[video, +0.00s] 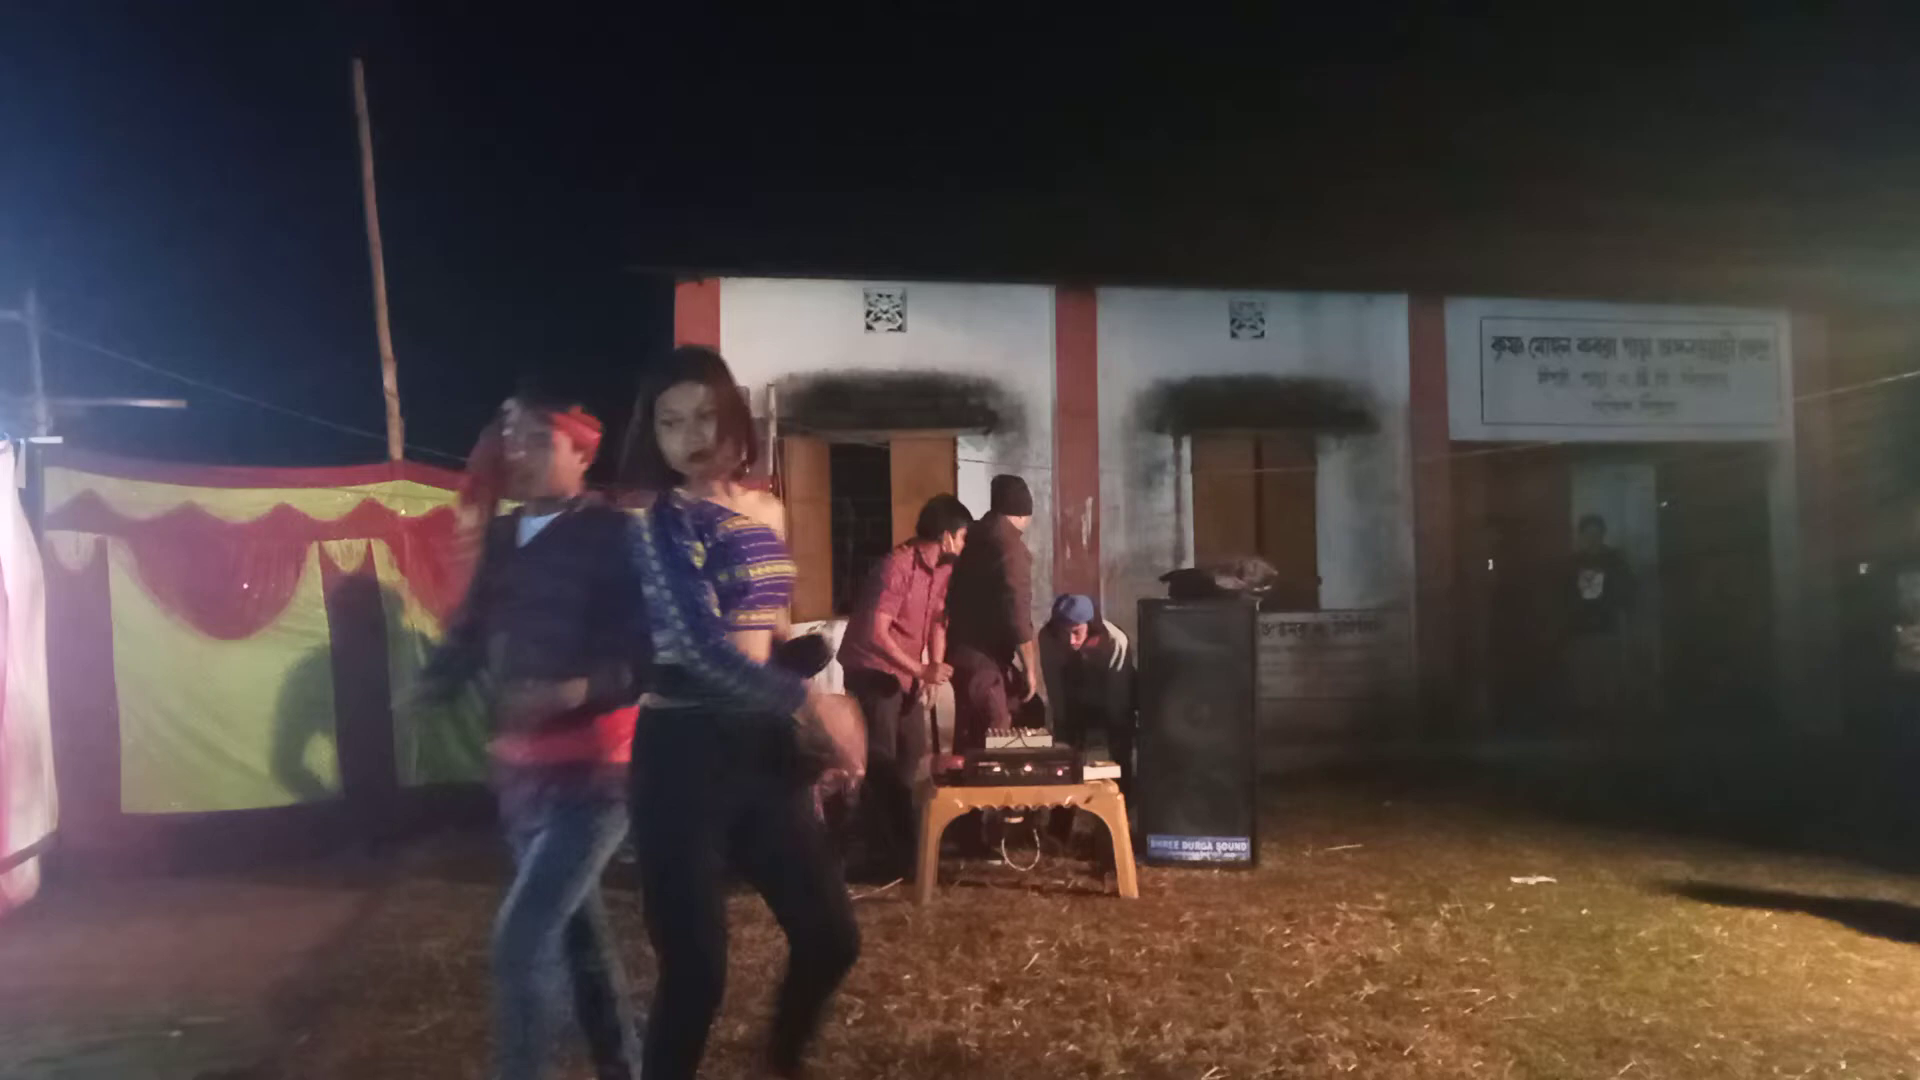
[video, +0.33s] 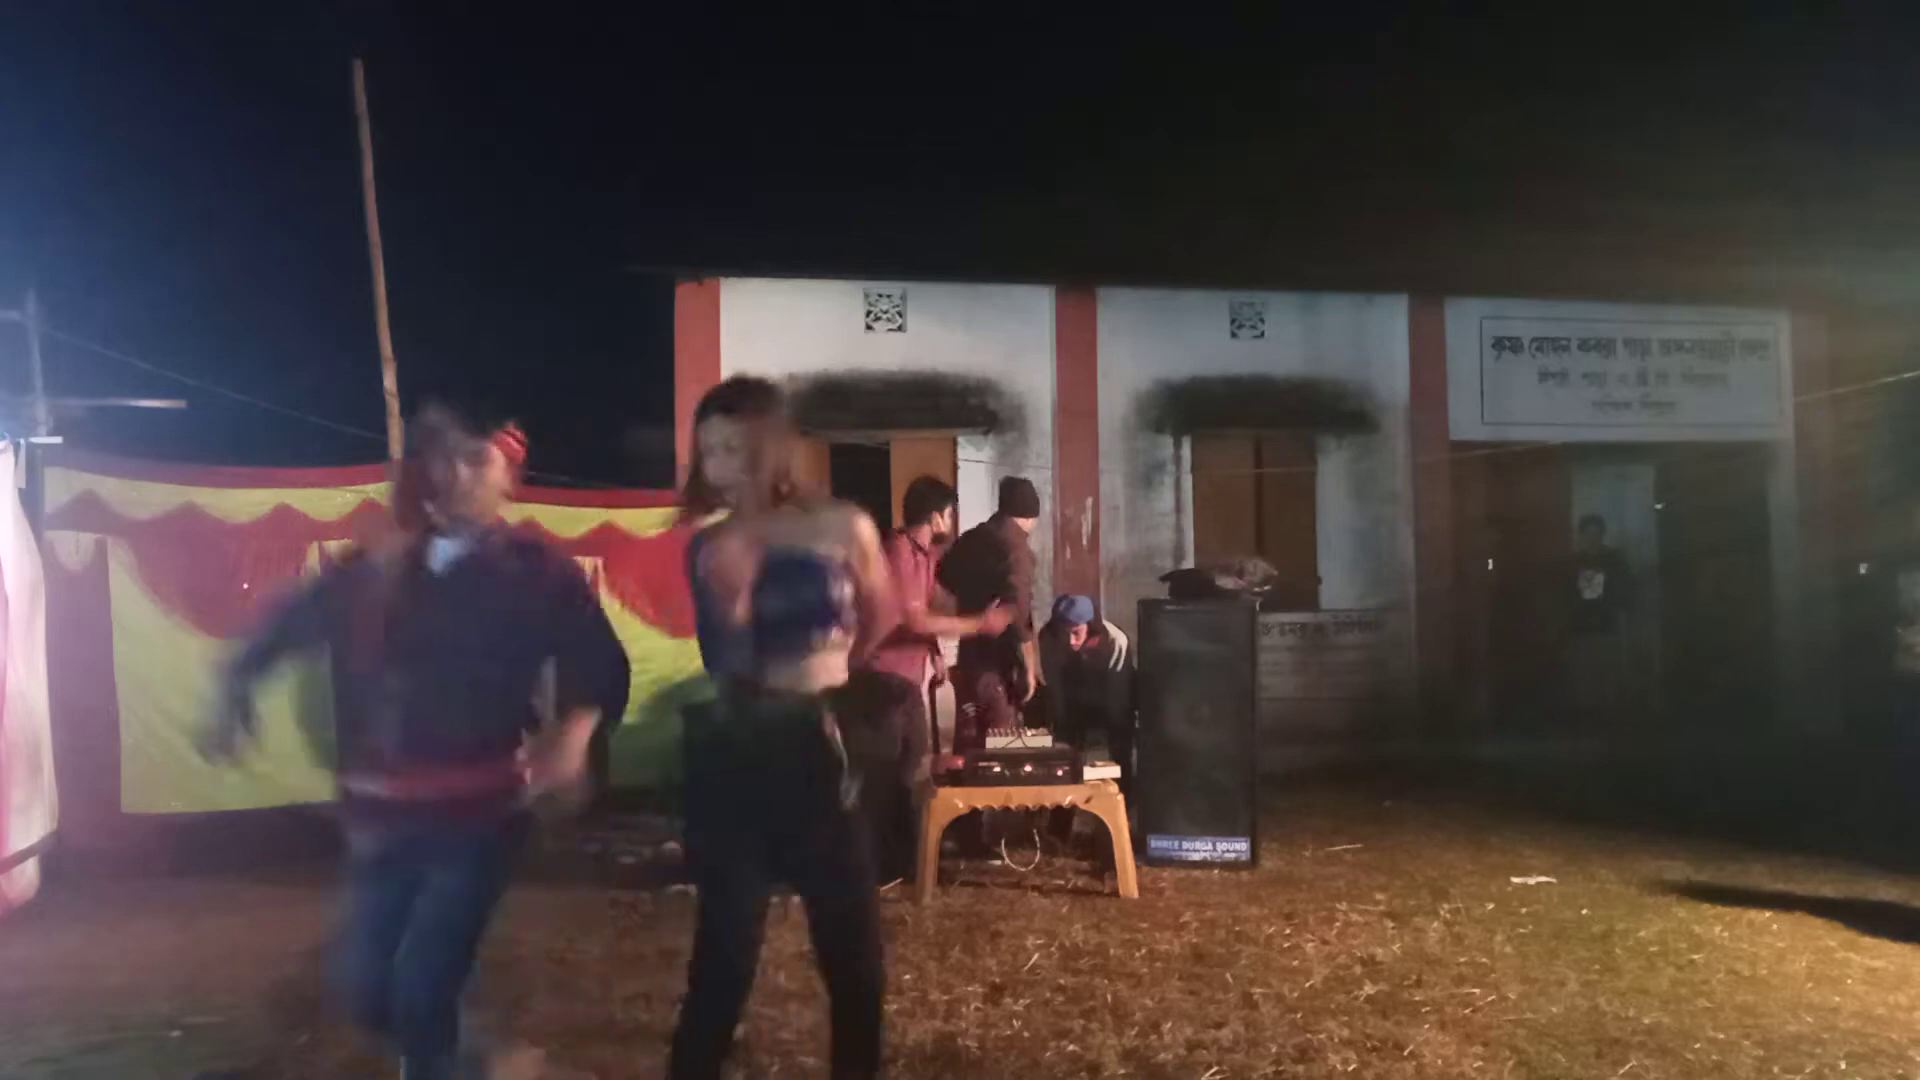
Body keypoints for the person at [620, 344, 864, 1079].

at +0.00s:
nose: (694, 435)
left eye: (707, 416)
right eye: (674, 421)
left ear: (735, 419)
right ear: (653, 433)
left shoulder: (768, 510)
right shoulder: (660, 518)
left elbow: (770, 638)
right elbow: (687, 646)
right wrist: (798, 700)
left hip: (758, 740)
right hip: (680, 744)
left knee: (830, 942)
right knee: (695, 969)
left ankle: (779, 1060)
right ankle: (663, 1072)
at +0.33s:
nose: (712, 468)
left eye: (727, 449)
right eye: (706, 452)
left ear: (777, 447)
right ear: (701, 459)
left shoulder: (846, 525)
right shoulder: (713, 543)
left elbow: (880, 617)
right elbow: (727, 653)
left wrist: (835, 669)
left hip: (819, 744)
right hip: (734, 746)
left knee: (853, 957)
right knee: (724, 959)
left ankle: (857, 1069)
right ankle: (693, 1068)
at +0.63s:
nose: (786, 486)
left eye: (800, 472)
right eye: (773, 471)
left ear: (825, 482)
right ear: (752, 480)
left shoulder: (853, 564)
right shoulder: (736, 577)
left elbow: (937, 640)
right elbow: (733, 699)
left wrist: (969, 749)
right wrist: (765, 806)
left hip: (856, 778)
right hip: (771, 778)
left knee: (909, 972)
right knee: (751, 982)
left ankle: (943, 1066)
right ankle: (718, 1067)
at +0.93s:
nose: (825, 436)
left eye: (835, 423)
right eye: (809, 422)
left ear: (848, 428)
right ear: (776, 423)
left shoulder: (844, 512)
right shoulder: (732, 499)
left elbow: (878, 621)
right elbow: (724, 592)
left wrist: (846, 711)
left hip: (813, 708)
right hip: (726, 703)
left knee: (826, 889)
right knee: (700, 893)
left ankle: (823, 1051)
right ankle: (668, 1060)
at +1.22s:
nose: (811, 508)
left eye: (816, 494)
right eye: (796, 494)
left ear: (820, 501)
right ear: (760, 499)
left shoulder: (780, 584)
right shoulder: (721, 570)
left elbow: (784, 687)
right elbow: (783, 670)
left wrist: (780, 748)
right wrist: (807, 710)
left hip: (737, 771)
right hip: (677, 769)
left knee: (797, 947)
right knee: (632, 964)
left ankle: (776, 1069)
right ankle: (548, 1070)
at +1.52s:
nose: (788, 493)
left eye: (797, 479)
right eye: (770, 481)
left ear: (809, 488)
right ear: (740, 491)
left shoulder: (774, 569)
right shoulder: (731, 557)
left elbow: (776, 686)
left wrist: (766, 773)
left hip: (719, 763)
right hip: (659, 761)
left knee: (818, 925)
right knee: (644, 972)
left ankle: (797, 1061)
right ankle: (567, 1067)